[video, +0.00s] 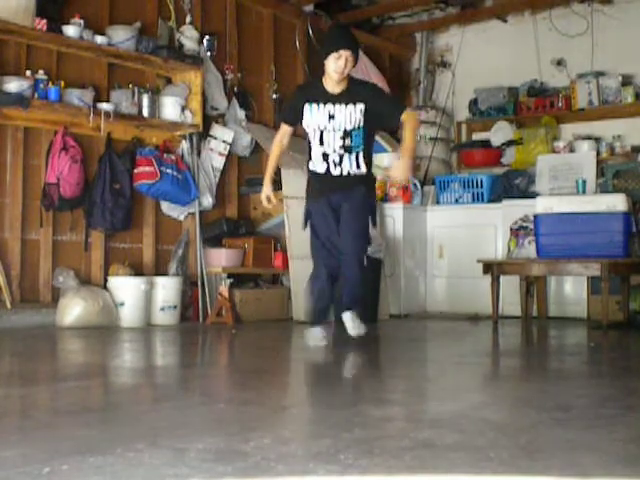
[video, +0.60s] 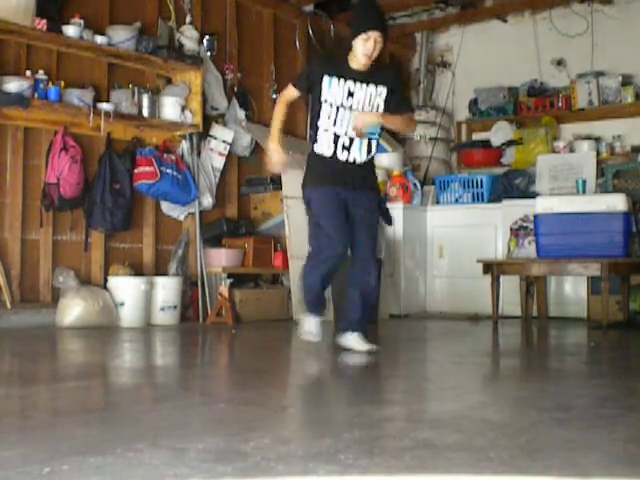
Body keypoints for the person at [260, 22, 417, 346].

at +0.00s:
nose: (344, 65)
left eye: (349, 59)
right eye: (338, 58)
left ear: (354, 63)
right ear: (324, 58)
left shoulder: (367, 95)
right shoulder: (304, 95)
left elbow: (410, 117)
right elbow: (283, 135)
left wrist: (405, 161)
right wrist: (268, 179)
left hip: (356, 187)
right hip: (320, 188)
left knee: (353, 249)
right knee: (324, 253)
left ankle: (350, 308)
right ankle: (320, 321)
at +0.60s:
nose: (373, 46)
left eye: (378, 41)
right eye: (368, 39)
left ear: (383, 44)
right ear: (353, 37)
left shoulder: (387, 77)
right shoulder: (323, 69)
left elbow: (408, 124)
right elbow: (285, 97)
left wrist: (378, 118)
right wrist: (274, 142)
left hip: (362, 180)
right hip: (324, 178)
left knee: (366, 258)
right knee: (332, 246)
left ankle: (352, 330)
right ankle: (312, 307)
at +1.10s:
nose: (387, 64)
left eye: (391, 59)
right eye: (386, 56)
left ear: (386, 56)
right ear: (370, 47)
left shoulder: (383, 87)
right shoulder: (324, 74)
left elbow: (391, 129)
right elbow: (279, 93)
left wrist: (388, 77)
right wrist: (294, 121)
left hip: (350, 191)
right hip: (311, 186)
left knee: (345, 269)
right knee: (294, 257)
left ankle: (347, 335)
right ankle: (283, 327)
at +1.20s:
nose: (382, 44)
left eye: (386, 40)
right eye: (382, 37)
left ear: (382, 36)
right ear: (367, 28)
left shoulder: (380, 66)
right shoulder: (320, 54)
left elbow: (383, 110)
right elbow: (268, 75)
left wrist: (381, 55)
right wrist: (256, 117)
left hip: (348, 169)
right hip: (309, 163)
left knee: (347, 249)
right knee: (300, 233)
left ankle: (342, 327)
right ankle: (278, 309)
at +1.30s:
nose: (376, 29)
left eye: (379, 24)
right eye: (373, 21)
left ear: (377, 25)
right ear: (355, 16)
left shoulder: (375, 57)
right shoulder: (316, 46)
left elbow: (372, 98)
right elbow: (266, 77)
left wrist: (368, 43)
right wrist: (222, 113)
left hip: (345, 160)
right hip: (307, 153)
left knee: (344, 239)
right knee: (318, 226)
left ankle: (309, 308)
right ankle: (296, 310)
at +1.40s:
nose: (351, 42)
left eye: (356, 37)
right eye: (347, 34)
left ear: (360, 36)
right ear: (330, 25)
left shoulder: (360, 63)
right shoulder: (307, 58)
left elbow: (359, 101)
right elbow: (270, 87)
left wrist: (337, 59)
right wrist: (235, 117)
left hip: (335, 172)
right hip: (311, 170)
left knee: (322, 251)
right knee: (331, 248)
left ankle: (268, 322)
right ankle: (313, 330)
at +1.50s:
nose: (345, 34)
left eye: (349, 27)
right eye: (338, 28)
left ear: (357, 32)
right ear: (325, 32)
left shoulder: (366, 68)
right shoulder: (304, 62)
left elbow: (360, 105)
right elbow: (275, 96)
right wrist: (248, 130)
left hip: (335, 169)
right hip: (304, 164)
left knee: (316, 249)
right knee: (322, 246)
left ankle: (263, 326)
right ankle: (307, 336)